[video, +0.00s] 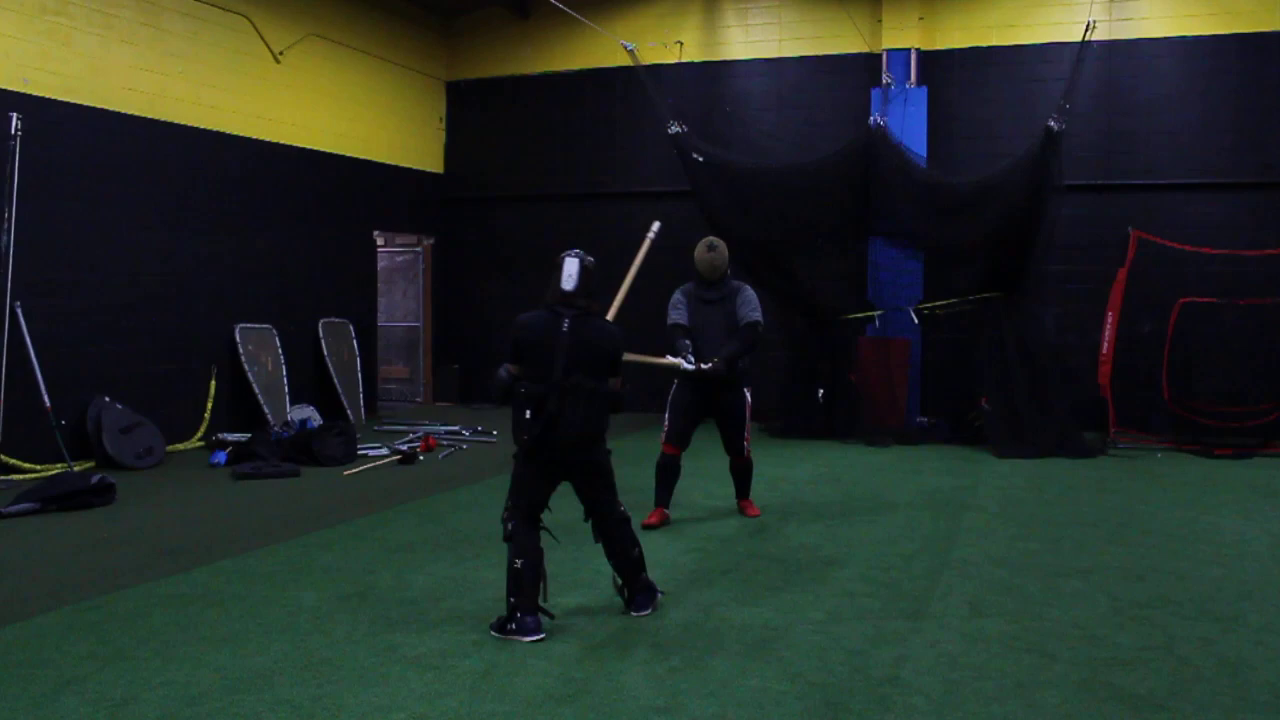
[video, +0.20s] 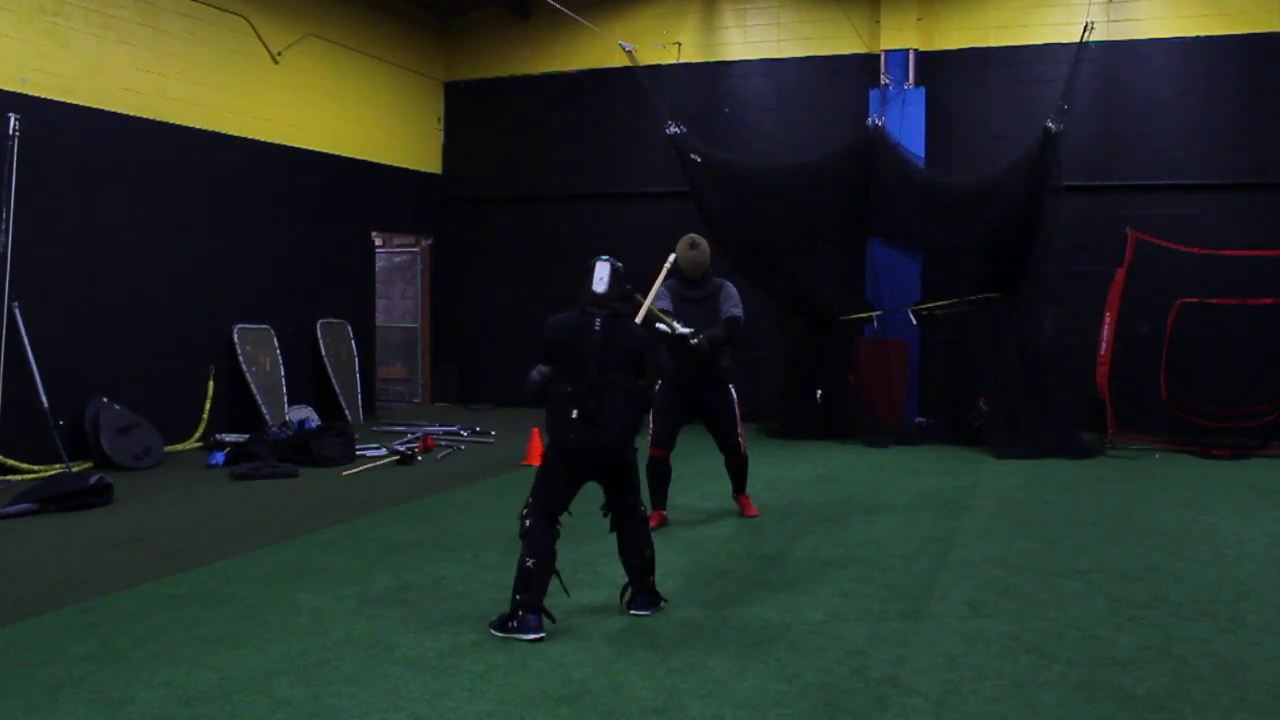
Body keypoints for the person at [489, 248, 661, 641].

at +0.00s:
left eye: (560, 282)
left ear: (553, 285)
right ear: (593, 289)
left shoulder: (529, 328)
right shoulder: (605, 335)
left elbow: (509, 381)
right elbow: (613, 390)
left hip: (539, 447)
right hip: (589, 446)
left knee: (521, 520)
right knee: (609, 515)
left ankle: (524, 614)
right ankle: (640, 593)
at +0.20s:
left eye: (591, 291)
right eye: (616, 292)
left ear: (582, 291)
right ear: (623, 295)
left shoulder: (559, 328)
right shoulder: (634, 336)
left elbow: (540, 380)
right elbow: (646, 392)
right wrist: (624, 428)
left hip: (567, 448)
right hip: (617, 448)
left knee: (539, 518)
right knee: (630, 514)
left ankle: (527, 612)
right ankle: (644, 594)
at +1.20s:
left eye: (552, 297)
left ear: (545, 299)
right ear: (584, 303)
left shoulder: (520, 340)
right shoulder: (596, 346)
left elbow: (498, 394)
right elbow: (608, 401)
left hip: (527, 461)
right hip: (578, 461)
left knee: (485, 528)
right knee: (586, 521)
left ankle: (495, 616)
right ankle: (605, 601)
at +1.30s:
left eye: (531, 304)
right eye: (558, 305)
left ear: (521, 307)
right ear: (562, 308)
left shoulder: (499, 353)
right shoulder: (579, 350)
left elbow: (496, 414)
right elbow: (591, 424)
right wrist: (568, 449)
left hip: (515, 471)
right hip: (566, 468)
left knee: (476, 544)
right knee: (574, 526)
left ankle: (456, 632)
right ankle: (597, 601)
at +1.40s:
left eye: (509, 307)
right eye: (534, 306)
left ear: (501, 313)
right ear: (541, 312)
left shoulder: (484, 361)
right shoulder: (564, 357)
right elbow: (591, 399)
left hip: (506, 480)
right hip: (557, 476)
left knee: (463, 552)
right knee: (571, 526)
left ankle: (452, 646)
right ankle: (600, 601)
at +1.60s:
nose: (496, 313)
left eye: (489, 306)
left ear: (479, 312)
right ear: (524, 310)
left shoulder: (461, 359)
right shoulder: (544, 357)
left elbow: (447, 421)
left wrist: (462, 477)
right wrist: (564, 342)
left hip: (481, 484)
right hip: (534, 481)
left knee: (432, 553)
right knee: (560, 529)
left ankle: (442, 642)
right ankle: (580, 609)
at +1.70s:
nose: (488, 316)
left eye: (484, 310)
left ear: (478, 316)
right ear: (522, 315)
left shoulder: (460, 364)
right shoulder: (543, 359)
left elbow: (419, 389)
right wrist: (581, 352)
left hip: (480, 489)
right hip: (533, 485)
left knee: (428, 555)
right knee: (557, 533)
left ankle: (444, 648)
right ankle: (580, 612)